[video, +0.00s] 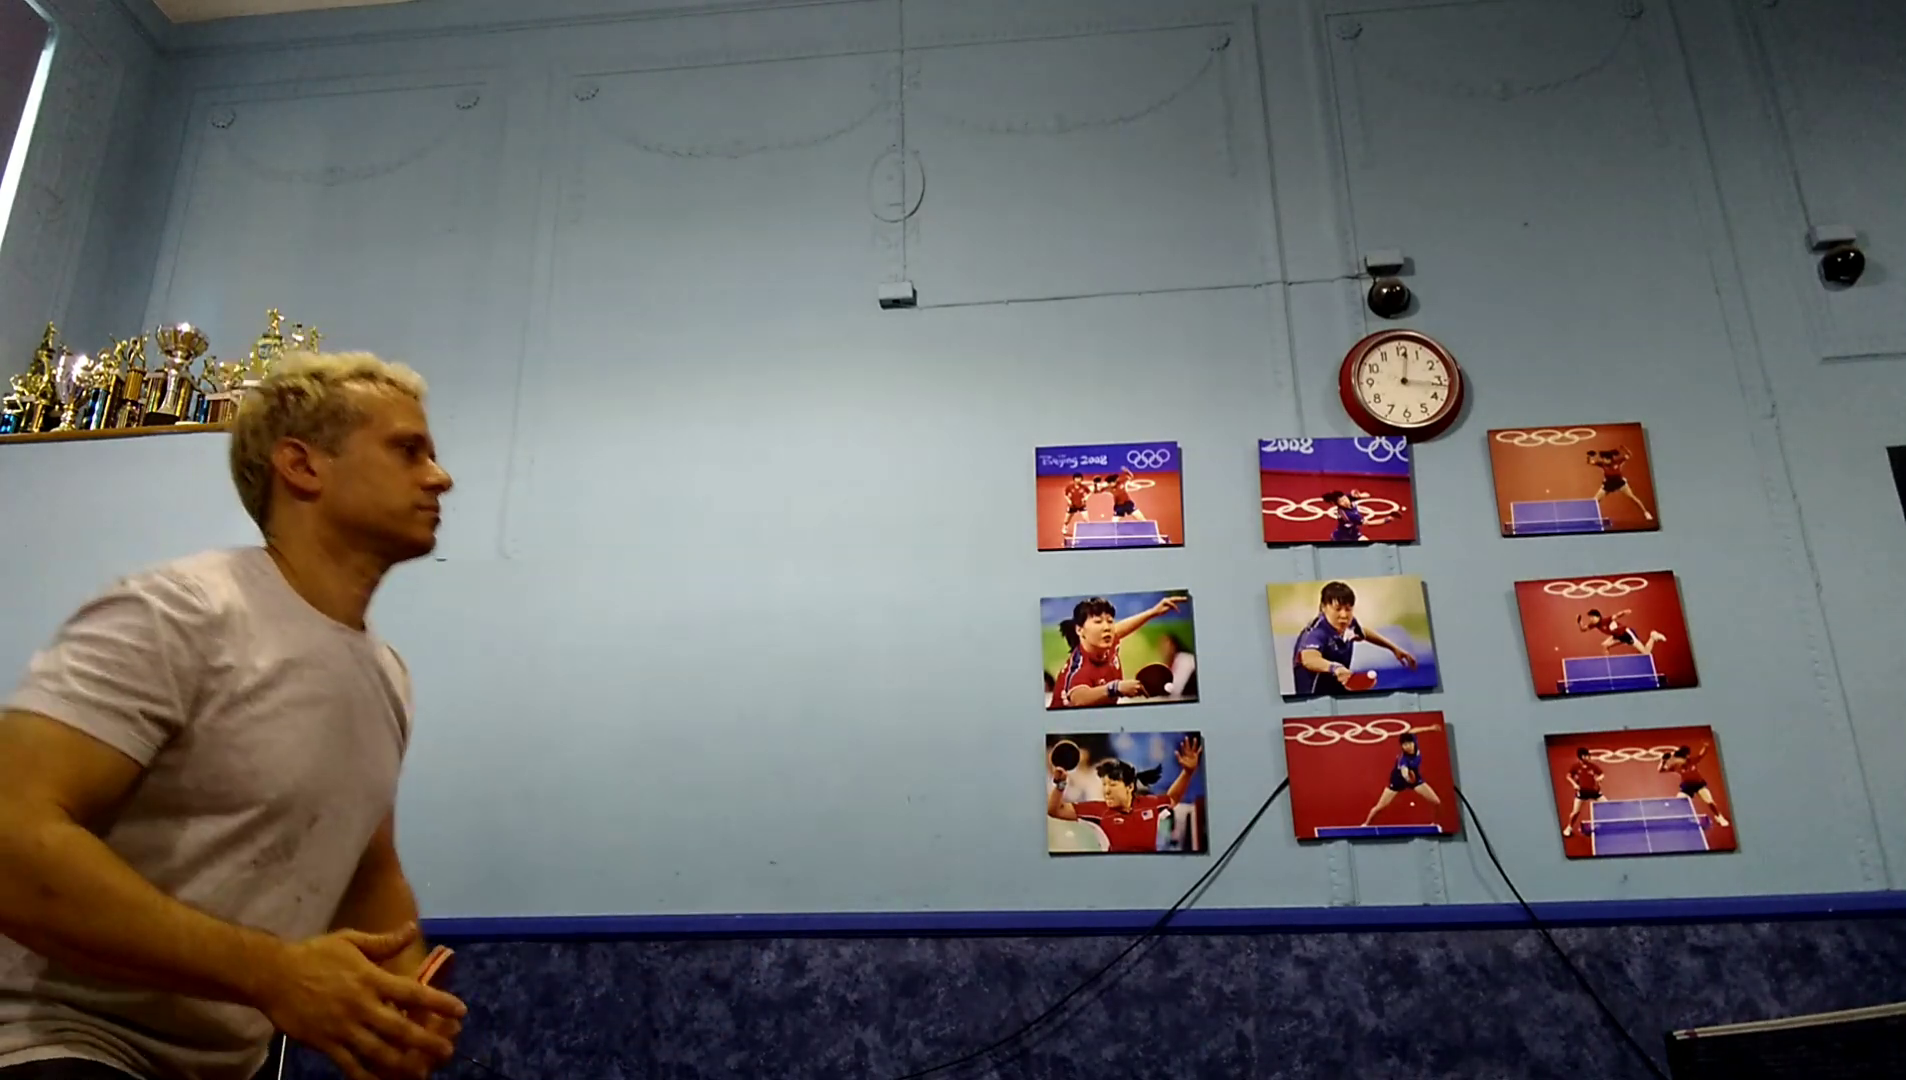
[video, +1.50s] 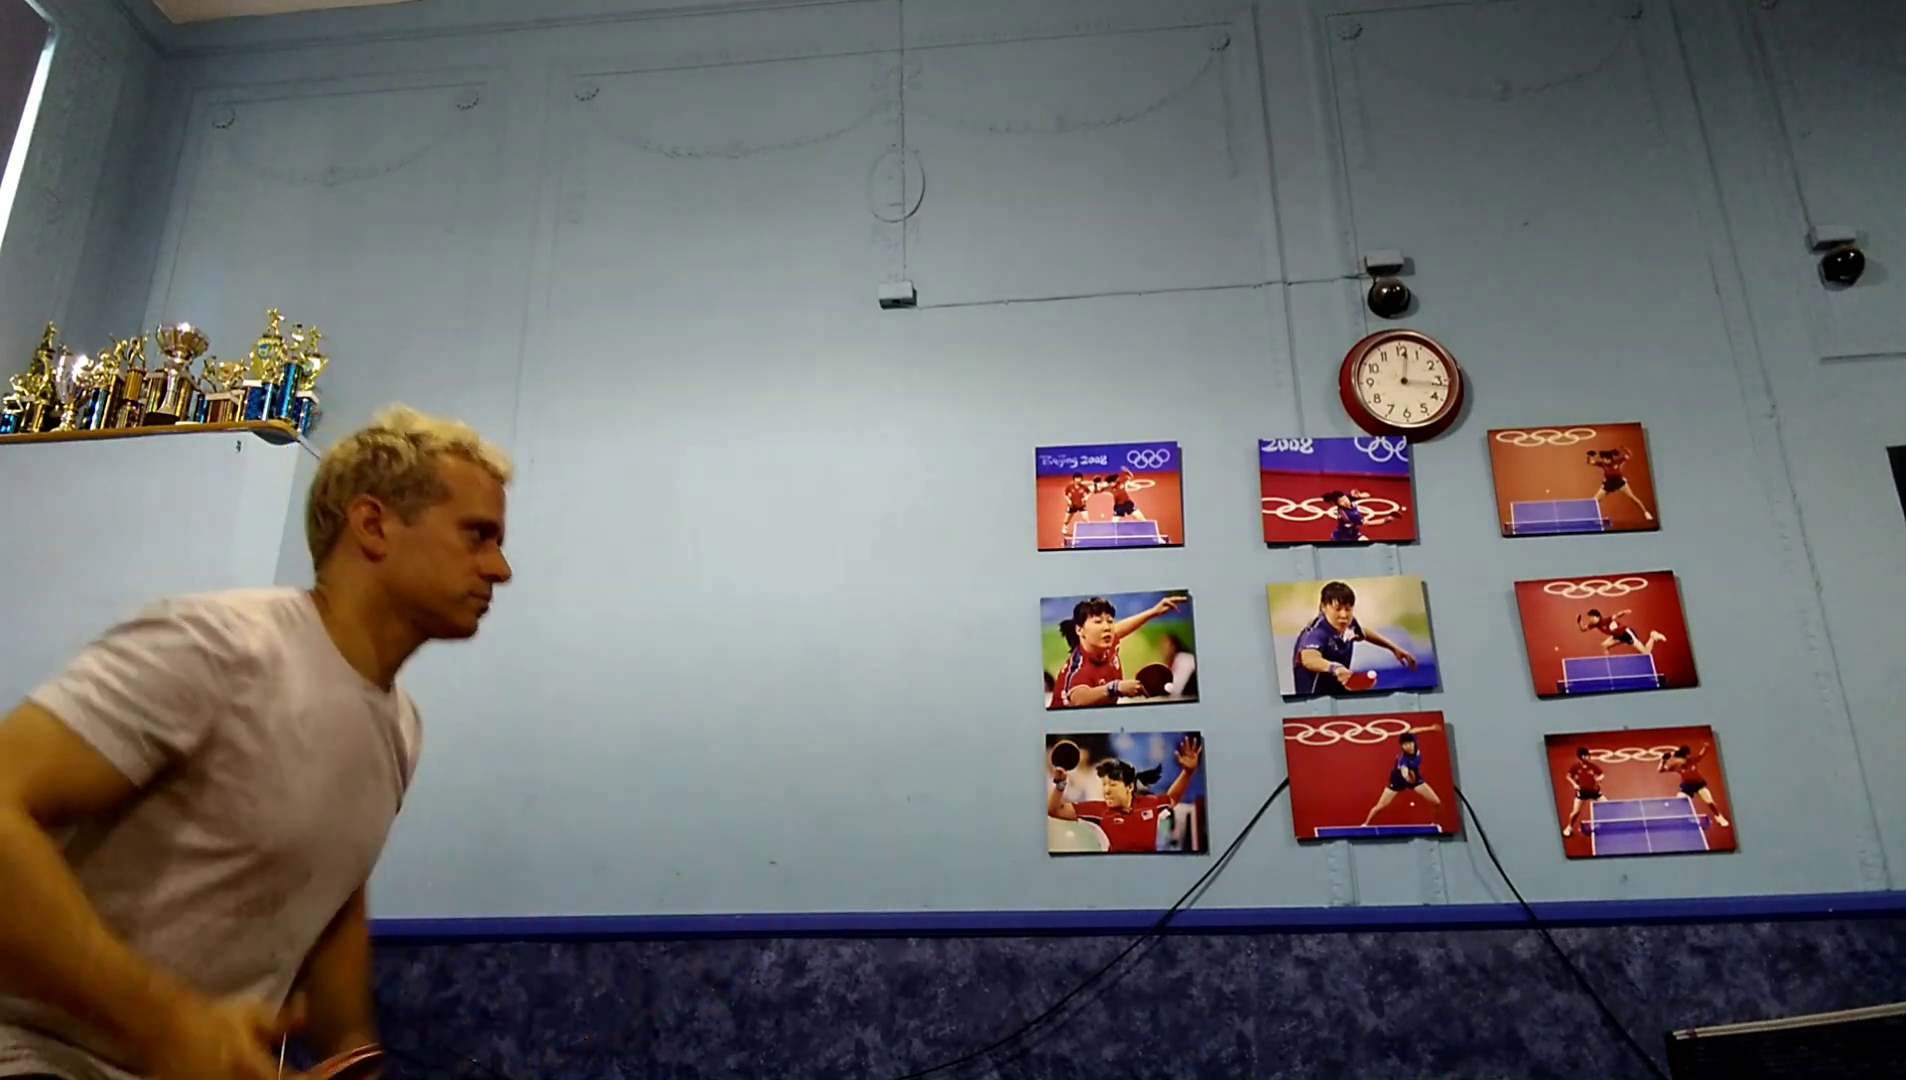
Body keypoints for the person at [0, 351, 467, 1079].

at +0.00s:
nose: (440, 476)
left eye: (432, 456)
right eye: (409, 450)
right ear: (302, 465)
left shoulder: (383, 678)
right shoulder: (178, 611)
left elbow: (367, 871)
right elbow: (13, 832)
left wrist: (400, 992)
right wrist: (275, 973)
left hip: (239, 1059)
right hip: (78, 1032)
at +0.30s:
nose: (484, 525)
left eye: (477, 503)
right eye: (455, 498)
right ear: (353, 507)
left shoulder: (415, 705)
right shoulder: (224, 646)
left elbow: (405, 891)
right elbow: (50, 883)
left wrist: (450, 1007)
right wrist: (315, 995)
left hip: (243, 1060)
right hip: (78, 1034)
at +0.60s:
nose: (507, 610)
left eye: (502, 587)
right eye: (482, 580)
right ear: (373, 575)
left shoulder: (417, 779)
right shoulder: (226, 703)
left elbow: (414, 949)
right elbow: (9, 897)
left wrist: (448, 1041)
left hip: (249, 1066)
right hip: (64, 1058)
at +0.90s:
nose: (500, 591)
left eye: (506, 566)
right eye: (481, 557)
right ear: (369, 538)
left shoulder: (476, 722)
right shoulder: (167, 653)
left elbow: (683, 776)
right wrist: (4, 946)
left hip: (220, 1070)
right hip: (40, 1047)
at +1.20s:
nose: (476, 538)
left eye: (475, 512)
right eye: (453, 504)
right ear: (345, 494)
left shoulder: (434, 692)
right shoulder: (145, 628)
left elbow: (571, 807)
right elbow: (3, 763)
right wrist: (30, 944)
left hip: (231, 1060)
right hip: (56, 1044)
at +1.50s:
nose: (502, 569)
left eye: (499, 542)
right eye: (479, 536)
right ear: (373, 527)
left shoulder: (397, 726)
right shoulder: (215, 645)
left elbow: (336, 903)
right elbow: (2, 801)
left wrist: (350, 1051)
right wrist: (163, 1023)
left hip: (226, 1065)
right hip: (55, 1048)